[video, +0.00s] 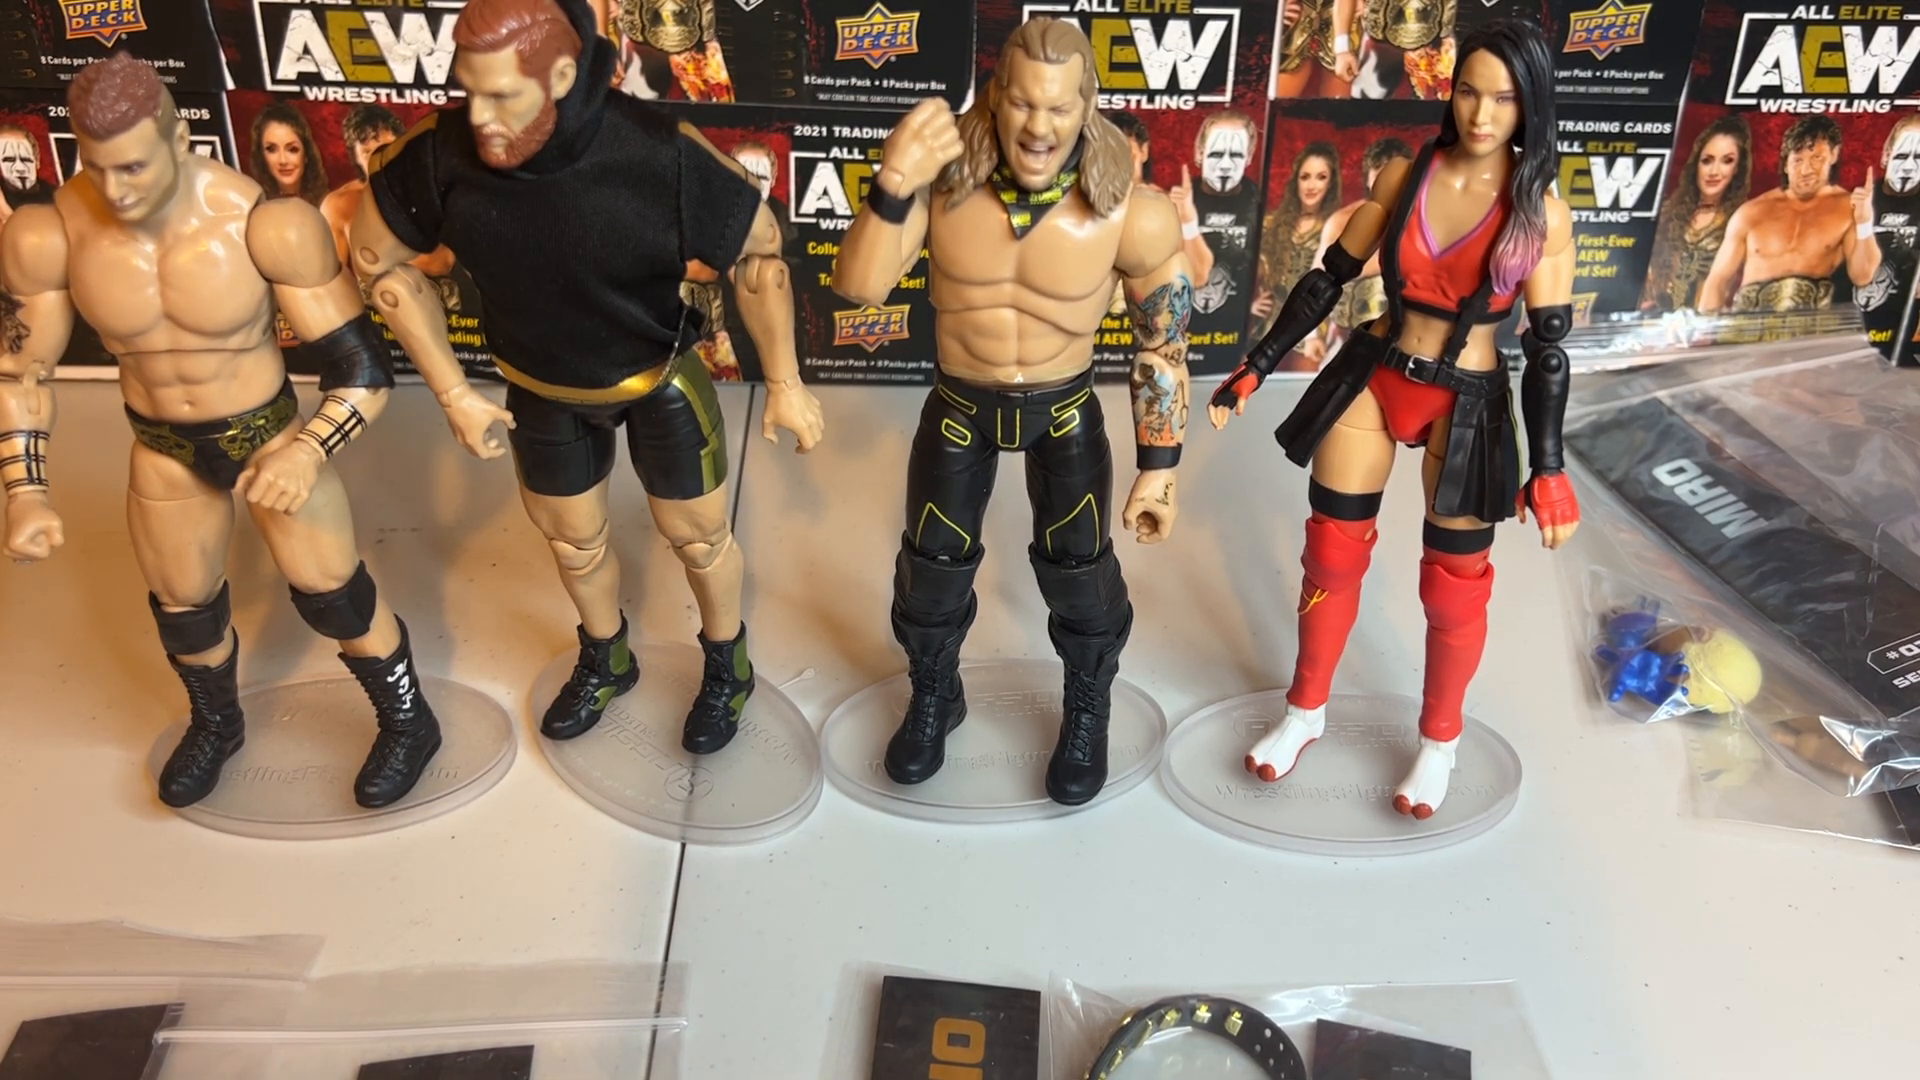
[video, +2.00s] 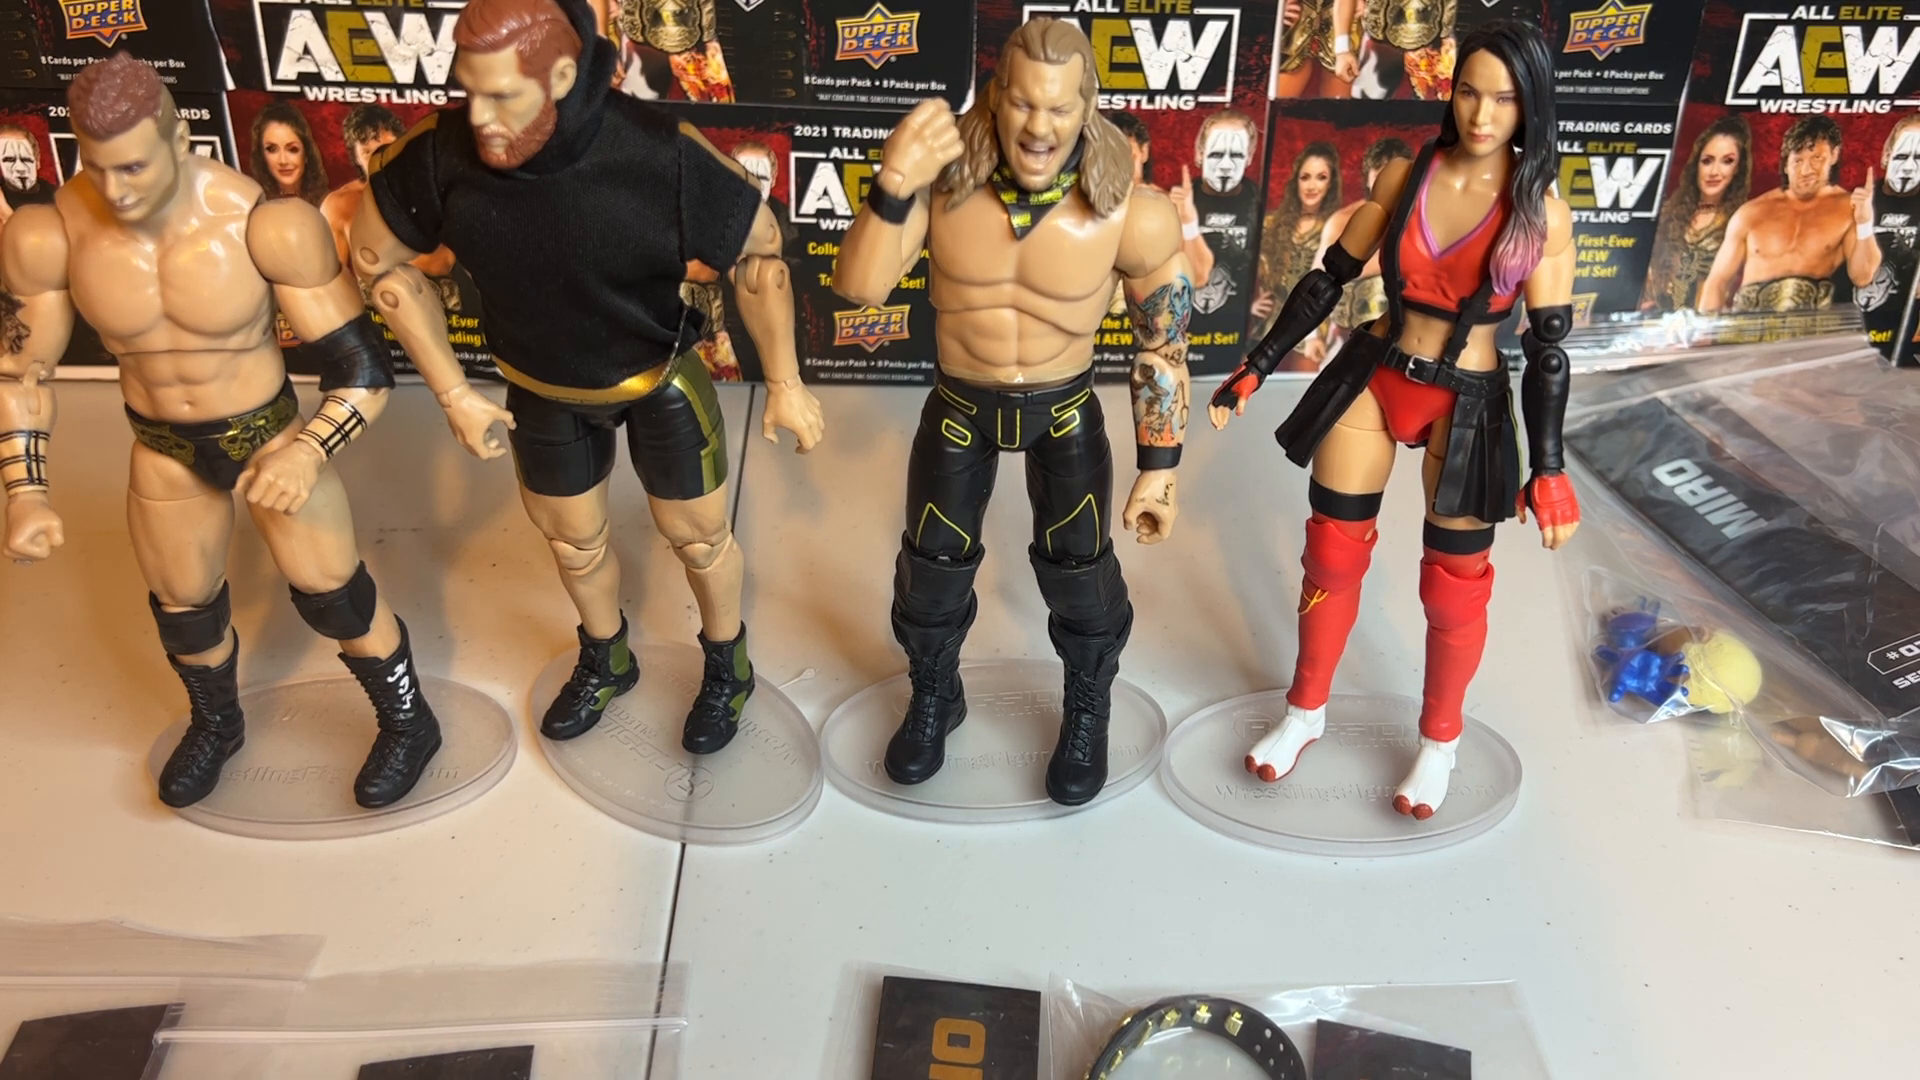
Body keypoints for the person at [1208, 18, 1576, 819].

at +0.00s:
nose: (1479, 113)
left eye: (1501, 99)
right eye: (1469, 93)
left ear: (1528, 108)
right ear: (1450, 93)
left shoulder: (1540, 208)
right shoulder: (1406, 174)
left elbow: (1549, 343)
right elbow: (1333, 273)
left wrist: (1549, 464)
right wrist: (1257, 363)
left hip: (1466, 405)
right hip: (1371, 383)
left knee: (1454, 591)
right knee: (1331, 560)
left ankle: (1438, 742)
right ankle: (1305, 710)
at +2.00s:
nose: (1480, 113)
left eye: (1501, 99)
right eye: (1469, 94)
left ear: (1528, 108)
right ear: (1451, 94)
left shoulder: (1540, 209)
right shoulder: (1406, 175)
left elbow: (1549, 345)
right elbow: (1333, 274)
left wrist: (1549, 466)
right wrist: (1256, 365)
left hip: (1467, 404)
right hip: (1372, 382)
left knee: (1454, 591)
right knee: (1331, 560)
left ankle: (1438, 742)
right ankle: (1304, 710)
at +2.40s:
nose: (1480, 113)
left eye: (1501, 99)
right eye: (1469, 93)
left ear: (1528, 108)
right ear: (1450, 94)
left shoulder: (1540, 209)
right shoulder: (1406, 175)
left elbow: (1549, 345)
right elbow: (1332, 274)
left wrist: (1549, 466)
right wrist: (1256, 364)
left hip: (1467, 404)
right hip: (1372, 382)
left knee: (1453, 590)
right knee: (1331, 559)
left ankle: (1438, 741)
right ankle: (1304, 710)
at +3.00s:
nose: (1480, 114)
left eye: (1501, 99)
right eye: (1469, 94)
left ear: (1529, 108)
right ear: (1451, 94)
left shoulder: (1540, 208)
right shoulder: (1406, 174)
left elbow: (1549, 343)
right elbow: (1333, 273)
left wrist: (1549, 466)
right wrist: (1257, 364)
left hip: (1467, 404)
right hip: (1371, 383)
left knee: (1454, 592)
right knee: (1331, 560)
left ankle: (1438, 742)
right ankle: (1304, 710)